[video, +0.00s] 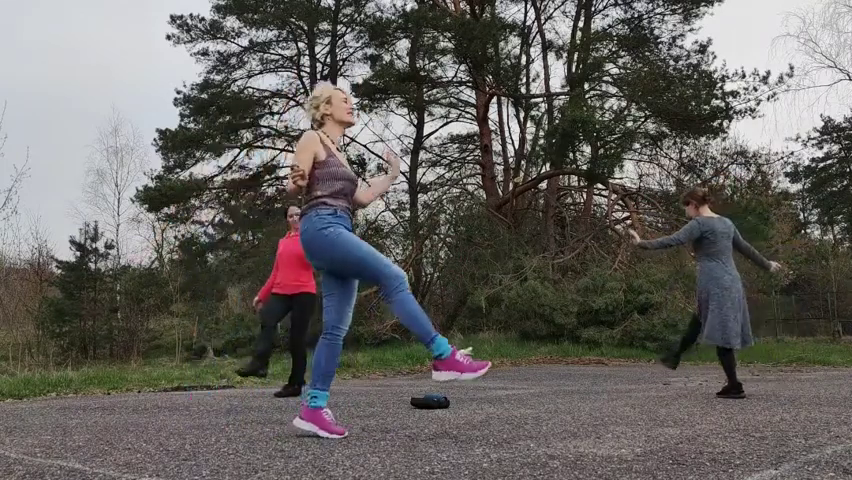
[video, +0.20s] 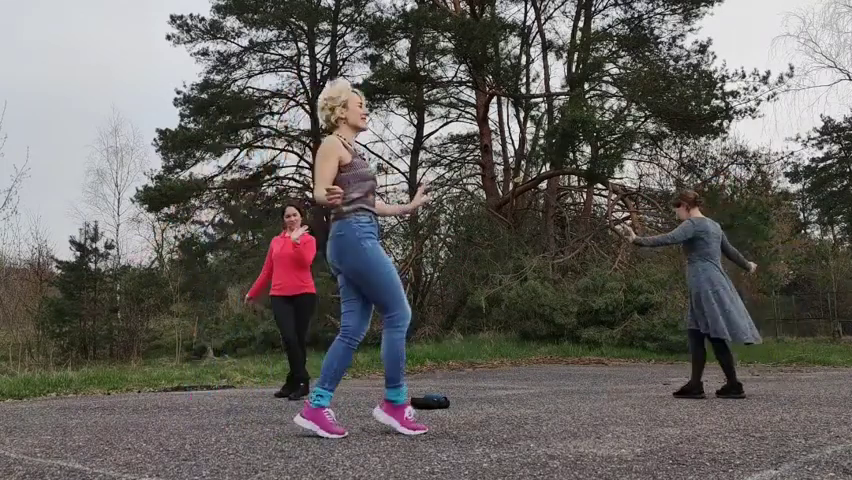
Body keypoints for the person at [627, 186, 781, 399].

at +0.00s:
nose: (686, 212)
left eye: (687, 208)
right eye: (686, 209)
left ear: (694, 205)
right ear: (706, 203)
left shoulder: (698, 223)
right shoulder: (726, 223)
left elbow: (674, 240)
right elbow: (745, 248)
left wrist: (642, 243)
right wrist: (767, 264)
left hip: (713, 283)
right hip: (732, 282)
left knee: (722, 333)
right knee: (699, 321)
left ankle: (733, 384)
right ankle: (674, 357)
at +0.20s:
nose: (677, 213)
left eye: (678, 209)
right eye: (676, 209)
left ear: (686, 206)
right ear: (695, 206)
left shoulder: (691, 224)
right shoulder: (714, 226)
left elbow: (668, 239)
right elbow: (729, 250)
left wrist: (636, 240)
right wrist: (747, 265)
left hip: (703, 285)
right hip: (715, 283)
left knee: (713, 334)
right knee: (697, 333)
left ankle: (733, 383)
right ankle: (694, 383)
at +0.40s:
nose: (665, 213)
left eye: (666, 208)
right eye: (664, 209)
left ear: (676, 205)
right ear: (683, 206)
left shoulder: (683, 223)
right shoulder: (700, 225)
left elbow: (667, 245)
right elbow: (709, 255)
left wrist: (642, 257)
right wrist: (717, 275)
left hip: (693, 282)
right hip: (702, 280)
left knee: (693, 335)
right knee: (693, 335)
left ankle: (726, 379)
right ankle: (693, 384)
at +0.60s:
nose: (662, 213)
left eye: (663, 208)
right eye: (661, 209)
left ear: (673, 205)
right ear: (677, 206)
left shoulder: (681, 224)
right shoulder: (694, 225)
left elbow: (682, 253)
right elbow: (698, 256)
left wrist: (676, 278)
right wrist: (687, 278)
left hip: (694, 283)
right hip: (701, 281)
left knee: (681, 332)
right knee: (691, 333)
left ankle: (727, 362)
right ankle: (693, 383)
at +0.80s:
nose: (666, 211)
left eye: (667, 206)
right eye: (665, 206)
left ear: (678, 203)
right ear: (681, 204)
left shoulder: (686, 225)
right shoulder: (698, 224)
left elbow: (698, 254)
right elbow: (700, 255)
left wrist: (701, 280)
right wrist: (684, 284)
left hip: (696, 285)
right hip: (701, 284)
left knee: (695, 334)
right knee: (691, 334)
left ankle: (736, 357)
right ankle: (693, 384)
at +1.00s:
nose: (675, 209)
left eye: (677, 205)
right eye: (674, 205)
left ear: (688, 202)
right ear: (692, 203)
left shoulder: (690, 222)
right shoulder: (714, 225)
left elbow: (698, 248)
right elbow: (725, 258)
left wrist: (690, 277)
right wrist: (722, 278)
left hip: (708, 283)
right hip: (722, 282)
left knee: (716, 337)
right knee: (703, 335)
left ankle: (746, 381)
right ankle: (695, 384)